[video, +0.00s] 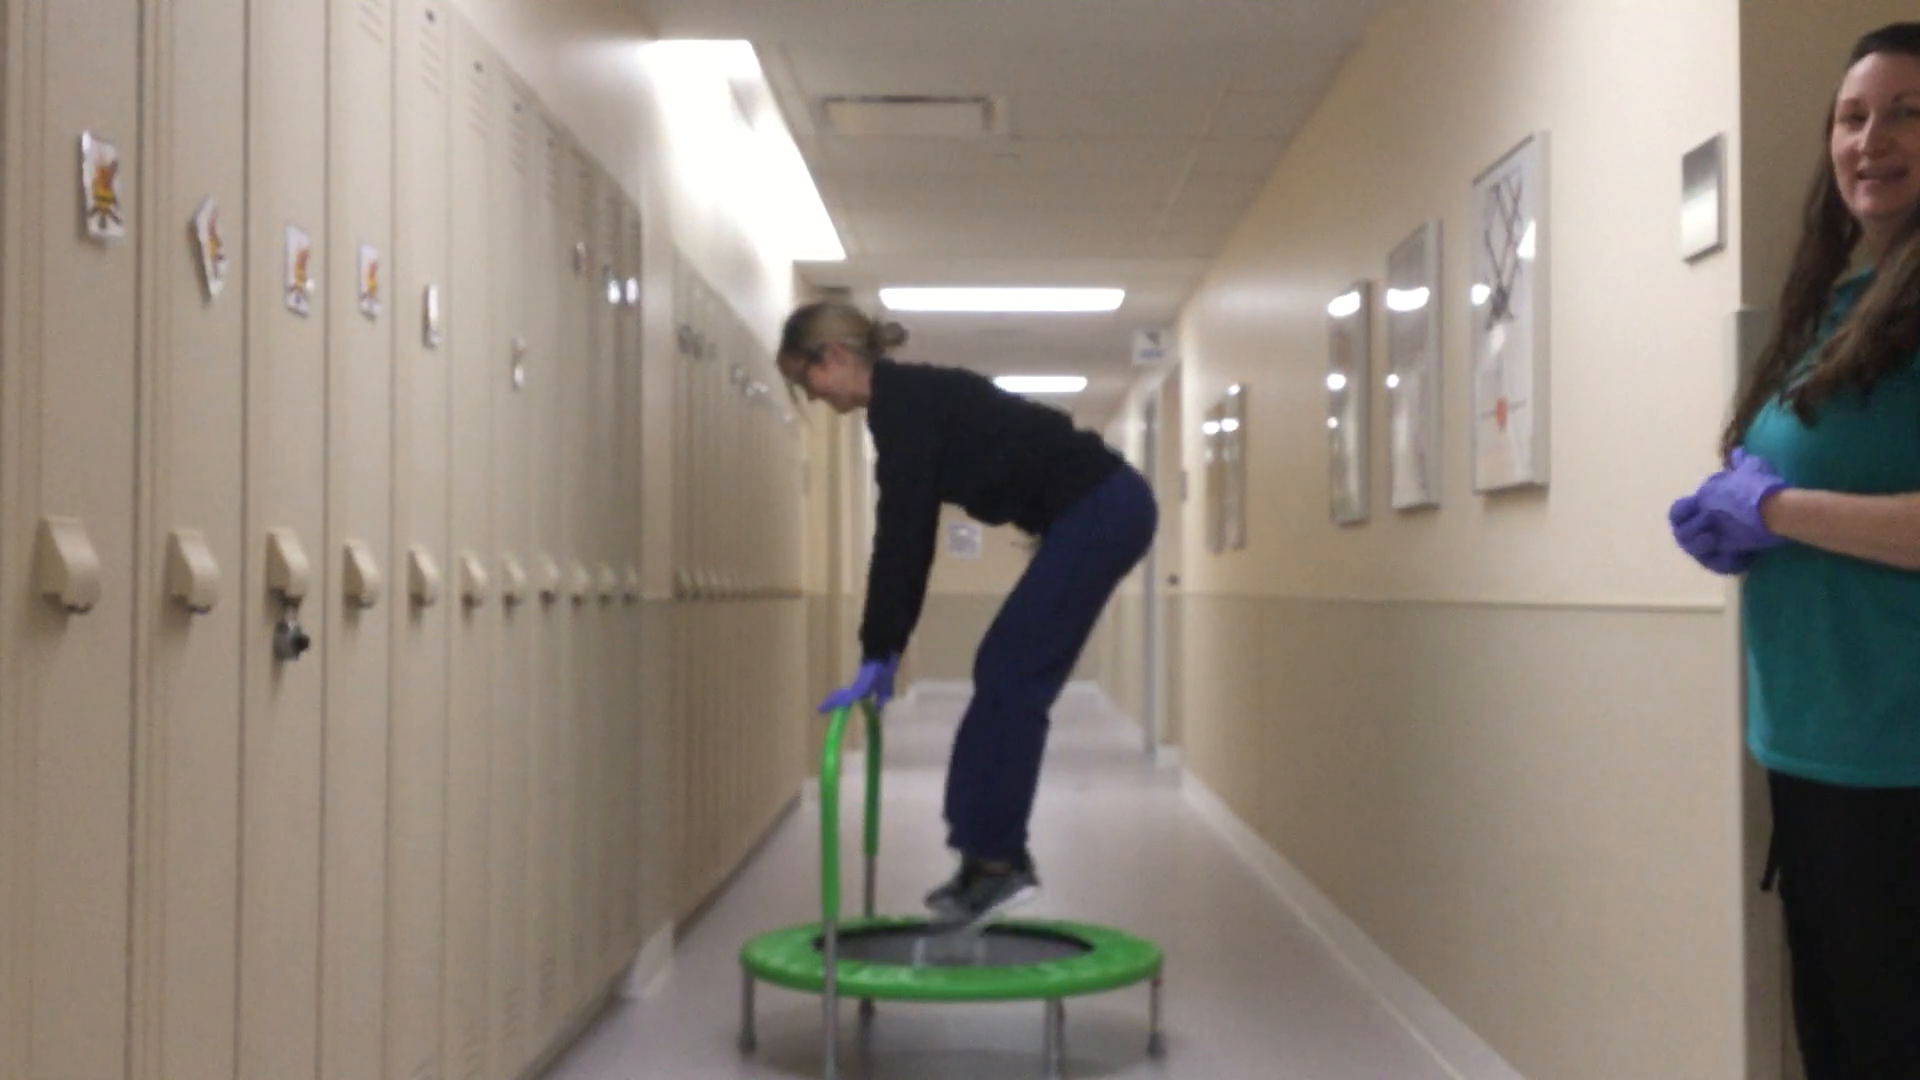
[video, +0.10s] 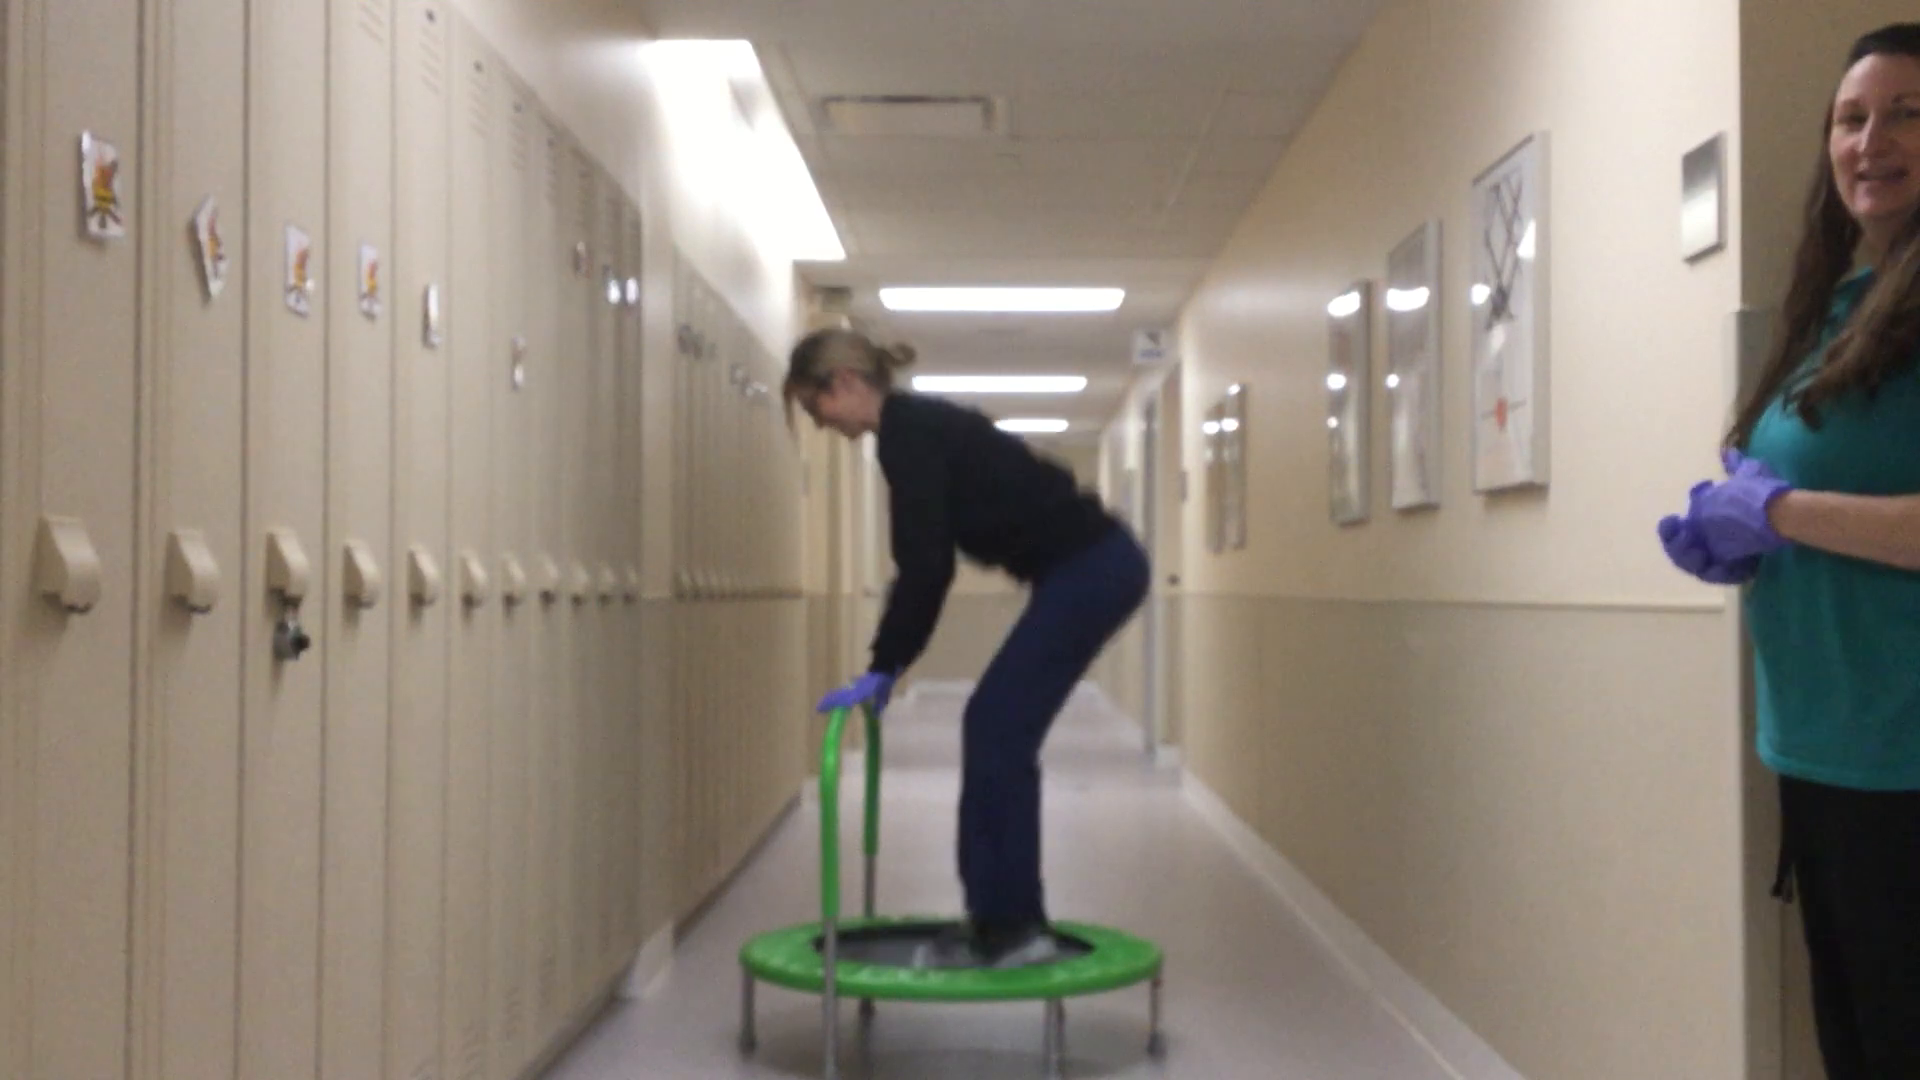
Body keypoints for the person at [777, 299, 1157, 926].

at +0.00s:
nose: (816, 394)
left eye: (812, 377)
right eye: (806, 385)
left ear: (840, 353)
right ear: (843, 356)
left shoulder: (905, 403)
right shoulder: (901, 404)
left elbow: (905, 535)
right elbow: (905, 536)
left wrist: (880, 653)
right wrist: (884, 652)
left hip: (1102, 510)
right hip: (1093, 511)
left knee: (1011, 670)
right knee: (1007, 669)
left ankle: (995, 859)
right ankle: (990, 856)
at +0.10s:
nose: (824, 422)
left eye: (819, 406)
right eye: (815, 412)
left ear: (847, 381)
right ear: (850, 382)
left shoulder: (912, 432)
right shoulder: (911, 430)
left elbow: (928, 565)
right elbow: (925, 565)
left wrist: (884, 669)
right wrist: (884, 668)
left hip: (1093, 570)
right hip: (1086, 568)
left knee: (998, 722)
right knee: (996, 721)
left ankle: (1007, 921)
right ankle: (1005, 916)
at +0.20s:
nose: (839, 468)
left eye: (835, 452)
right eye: (830, 458)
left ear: (865, 430)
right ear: (868, 431)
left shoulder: (929, 487)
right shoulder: (924, 486)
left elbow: (966, 603)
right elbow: (962, 604)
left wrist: (891, 681)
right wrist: (891, 678)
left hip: (1087, 650)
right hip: (1076, 648)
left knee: (964, 775)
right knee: (961, 773)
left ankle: (1016, 946)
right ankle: (1012, 942)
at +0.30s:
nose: (852, 494)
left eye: (847, 478)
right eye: (843, 484)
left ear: (880, 455)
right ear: (886, 456)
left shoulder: (941, 513)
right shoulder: (938, 511)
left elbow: (975, 633)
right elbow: (972, 631)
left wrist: (893, 687)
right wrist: (892, 686)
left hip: (1085, 687)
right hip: (1076, 684)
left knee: (941, 788)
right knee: (938, 785)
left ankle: (1004, 947)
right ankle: (999, 943)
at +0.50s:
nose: (862, 442)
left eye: (859, 426)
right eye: (854, 432)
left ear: (888, 404)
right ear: (894, 406)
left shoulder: (954, 463)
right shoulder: (951, 459)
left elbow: (979, 589)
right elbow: (977, 590)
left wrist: (916, 679)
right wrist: (916, 675)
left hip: (1094, 644)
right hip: (1086, 641)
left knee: (963, 767)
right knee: (961, 765)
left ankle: (1011, 937)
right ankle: (1002, 932)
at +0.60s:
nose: (873, 406)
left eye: (871, 389)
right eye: (865, 396)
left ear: (897, 365)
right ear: (901, 368)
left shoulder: (963, 424)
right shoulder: (961, 420)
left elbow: (987, 550)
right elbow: (985, 551)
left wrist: (951, 656)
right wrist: (951, 655)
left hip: (1092, 615)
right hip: (1089, 612)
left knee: (982, 759)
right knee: (982, 758)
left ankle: (1016, 942)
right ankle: (1016, 937)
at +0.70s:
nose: (883, 380)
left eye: (879, 363)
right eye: (874, 370)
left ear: (904, 335)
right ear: (907, 337)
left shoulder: (974, 389)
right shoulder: (968, 390)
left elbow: (999, 517)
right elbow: (997, 520)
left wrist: (984, 630)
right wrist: (984, 628)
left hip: (1087, 596)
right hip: (1080, 595)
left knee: (997, 754)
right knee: (996, 754)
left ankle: (1023, 942)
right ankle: (1023, 938)